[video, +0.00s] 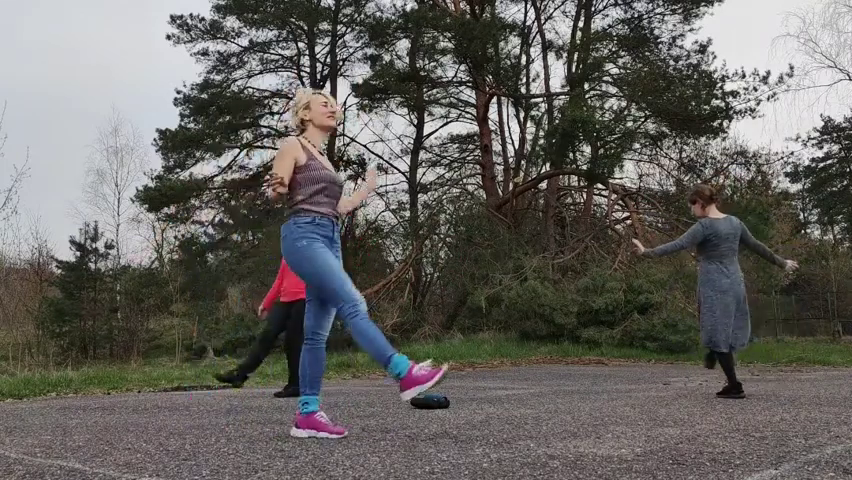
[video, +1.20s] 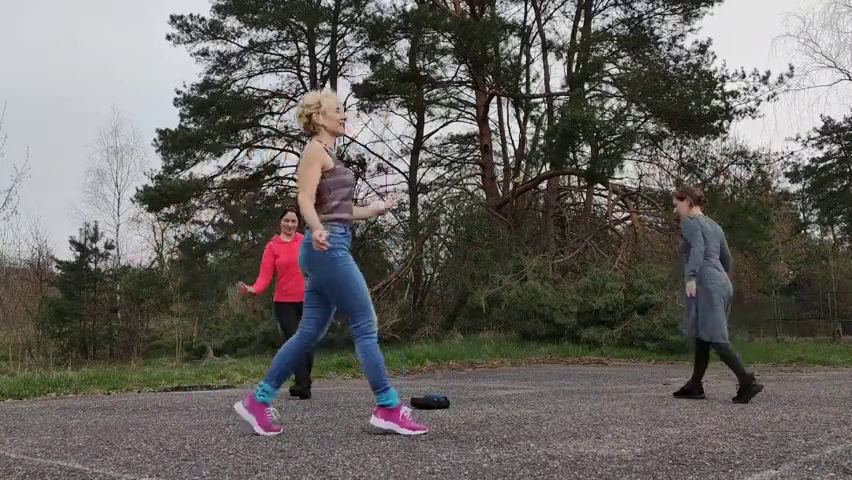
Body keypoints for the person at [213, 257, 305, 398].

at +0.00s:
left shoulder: (317, 254)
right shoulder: (290, 253)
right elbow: (280, 280)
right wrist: (266, 302)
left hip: (302, 300)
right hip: (284, 300)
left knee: (294, 343)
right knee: (266, 338)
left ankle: (295, 385)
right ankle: (239, 375)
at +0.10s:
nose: (298, 230)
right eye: (296, 226)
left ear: (312, 229)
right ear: (294, 228)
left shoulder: (317, 246)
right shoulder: (287, 245)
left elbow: (323, 273)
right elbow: (277, 277)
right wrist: (264, 300)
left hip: (306, 295)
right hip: (284, 296)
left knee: (297, 342)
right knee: (264, 329)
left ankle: (296, 385)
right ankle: (237, 363)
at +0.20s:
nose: (295, 219)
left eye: (298, 215)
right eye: (291, 216)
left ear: (303, 218)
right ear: (286, 219)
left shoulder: (310, 238)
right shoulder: (283, 242)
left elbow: (314, 259)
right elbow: (275, 272)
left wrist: (302, 233)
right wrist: (261, 295)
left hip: (304, 292)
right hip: (282, 291)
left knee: (297, 339)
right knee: (267, 318)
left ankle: (295, 384)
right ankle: (259, 364)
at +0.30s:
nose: (293, 218)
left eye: (295, 214)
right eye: (289, 215)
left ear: (302, 216)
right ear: (284, 219)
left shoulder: (308, 237)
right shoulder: (280, 239)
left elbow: (309, 259)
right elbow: (272, 270)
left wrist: (300, 240)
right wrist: (259, 292)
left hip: (303, 292)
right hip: (279, 292)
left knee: (297, 337)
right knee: (278, 332)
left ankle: (296, 380)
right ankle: (286, 376)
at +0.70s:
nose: (293, 214)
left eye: (295, 211)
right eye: (289, 212)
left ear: (301, 214)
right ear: (283, 216)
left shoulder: (310, 238)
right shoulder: (275, 240)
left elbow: (316, 266)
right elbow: (264, 271)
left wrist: (301, 258)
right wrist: (239, 276)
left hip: (305, 293)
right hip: (280, 294)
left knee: (300, 339)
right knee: (289, 338)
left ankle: (294, 381)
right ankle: (298, 382)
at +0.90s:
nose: (293, 224)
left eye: (296, 220)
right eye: (289, 220)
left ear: (302, 223)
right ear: (284, 223)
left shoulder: (312, 246)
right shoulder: (276, 249)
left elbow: (319, 272)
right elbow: (264, 275)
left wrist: (318, 284)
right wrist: (244, 265)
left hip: (305, 300)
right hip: (281, 300)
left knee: (306, 341)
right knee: (287, 342)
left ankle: (304, 382)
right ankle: (294, 384)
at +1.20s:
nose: (289, 224)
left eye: (293, 221)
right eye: (286, 220)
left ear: (298, 224)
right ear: (280, 222)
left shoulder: (305, 242)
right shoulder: (273, 245)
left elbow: (316, 266)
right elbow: (266, 272)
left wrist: (319, 291)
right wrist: (255, 288)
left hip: (306, 298)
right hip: (284, 299)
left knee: (307, 340)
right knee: (294, 341)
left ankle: (304, 384)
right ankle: (301, 384)